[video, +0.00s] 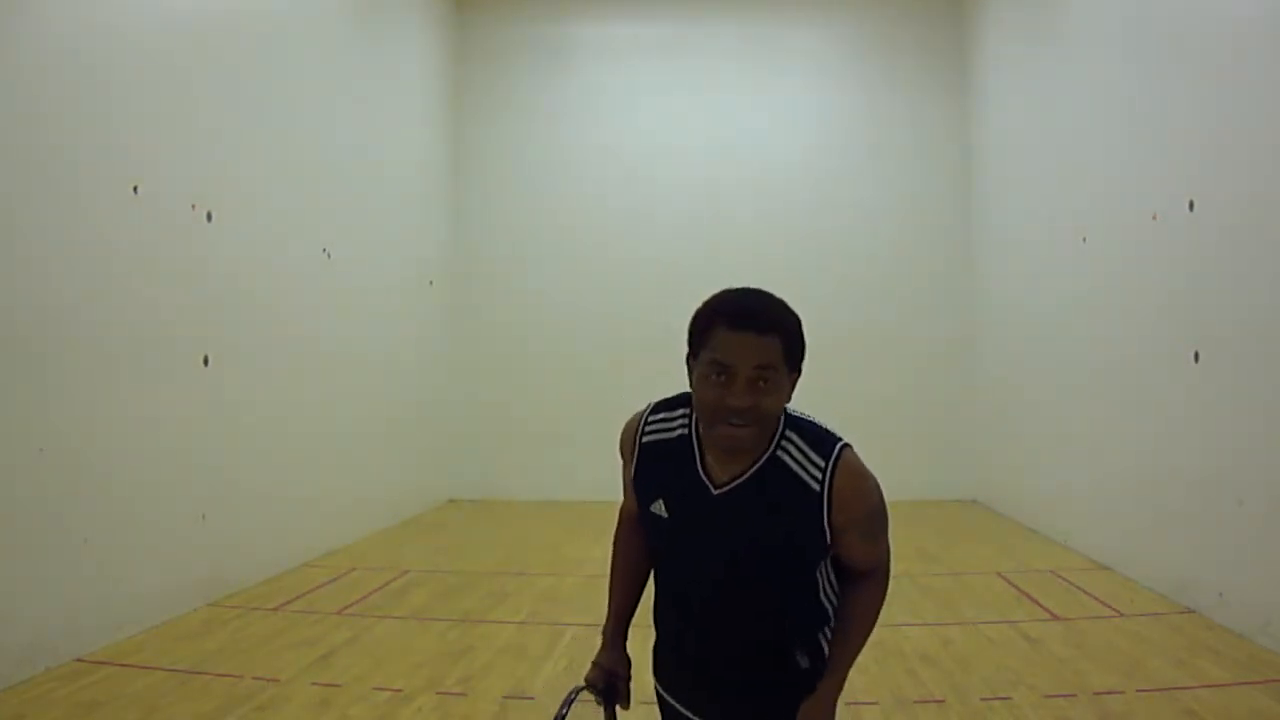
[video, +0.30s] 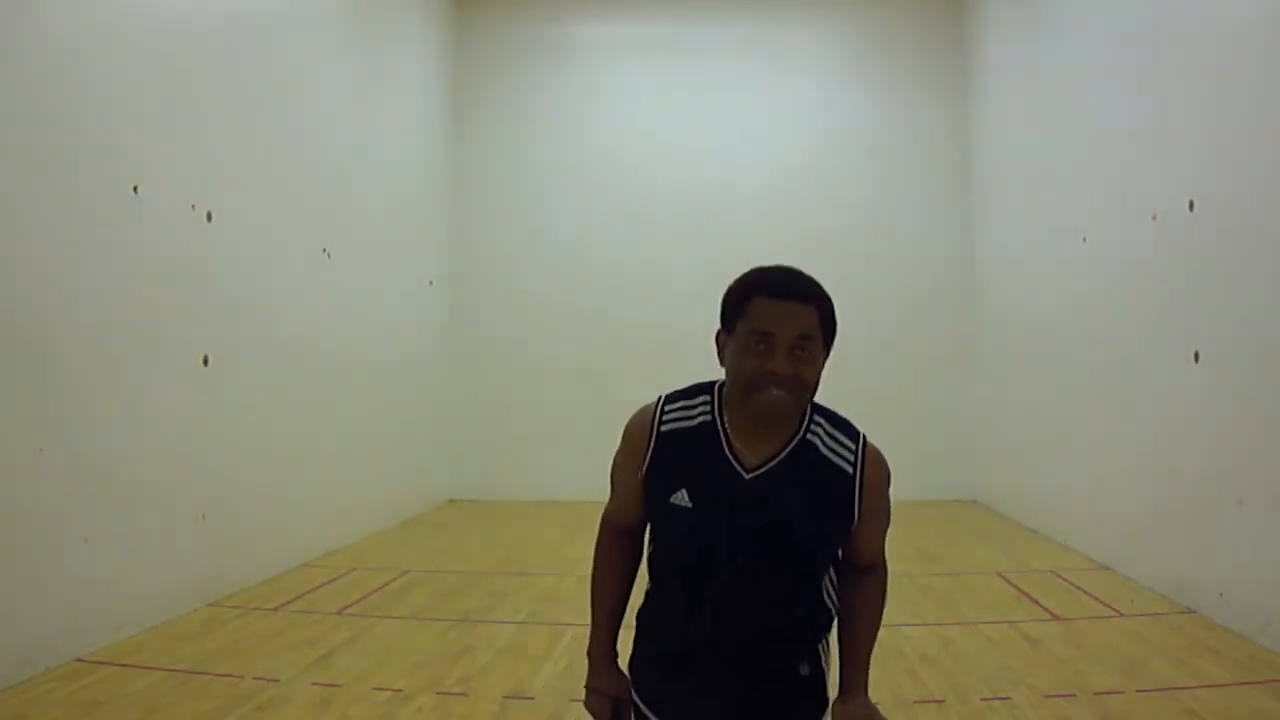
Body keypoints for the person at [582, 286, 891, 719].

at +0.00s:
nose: (738, 400)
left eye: (761, 380)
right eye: (719, 375)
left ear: (792, 383)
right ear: (690, 371)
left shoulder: (837, 480)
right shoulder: (646, 439)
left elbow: (867, 576)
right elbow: (637, 522)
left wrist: (827, 694)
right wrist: (613, 641)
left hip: (785, 693)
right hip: (683, 683)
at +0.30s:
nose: (780, 366)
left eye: (801, 349)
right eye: (760, 344)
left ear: (824, 360)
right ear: (722, 347)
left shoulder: (858, 468)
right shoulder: (655, 433)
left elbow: (864, 570)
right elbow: (621, 532)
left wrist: (854, 692)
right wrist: (602, 658)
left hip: (786, 694)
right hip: (668, 686)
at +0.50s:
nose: (813, 339)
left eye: (820, 324)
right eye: (792, 317)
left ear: (827, 331)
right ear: (727, 315)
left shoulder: (835, 439)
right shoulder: (649, 420)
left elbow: (842, 552)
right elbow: (594, 544)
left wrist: (881, 644)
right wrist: (588, 684)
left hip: (780, 698)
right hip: (659, 694)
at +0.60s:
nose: (811, 346)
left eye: (813, 329)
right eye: (796, 324)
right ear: (726, 317)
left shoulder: (808, 431)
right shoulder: (634, 422)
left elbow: (827, 543)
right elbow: (575, 555)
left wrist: (893, 600)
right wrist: (577, 698)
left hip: (769, 703)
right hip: (646, 700)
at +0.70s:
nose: (793, 356)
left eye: (794, 338)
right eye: (781, 335)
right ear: (713, 326)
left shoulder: (778, 435)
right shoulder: (615, 429)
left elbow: (806, 538)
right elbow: (543, 564)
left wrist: (899, 556)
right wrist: (555, 705)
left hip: (748, 702)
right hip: (628, 700)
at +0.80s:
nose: (766, 374)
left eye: (768, 356)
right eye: (757, 353)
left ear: (700, 347)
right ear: (692, 344)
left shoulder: (738, 444)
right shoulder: (587, 445)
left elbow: (779, 533)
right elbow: (503, 583)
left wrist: (892, 537)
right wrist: (516, 713)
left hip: (716, 706)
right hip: (598, 708)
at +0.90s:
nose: (743, 394)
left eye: (744, 376)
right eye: (735, 373)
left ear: (680, 362)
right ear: (675, 359)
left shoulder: (706, 457)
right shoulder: (556, 459)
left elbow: (743, 530)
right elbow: (460, 597)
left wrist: (870, 556)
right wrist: (453, 716)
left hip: (672, 709)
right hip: (554, 712)